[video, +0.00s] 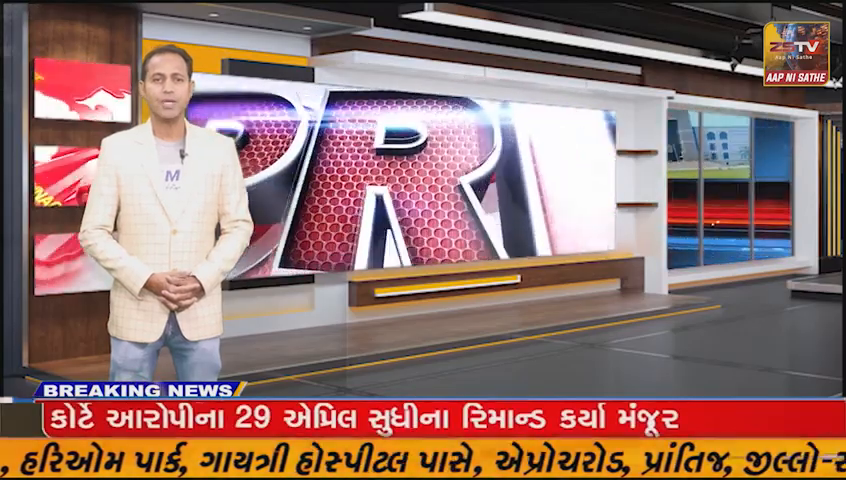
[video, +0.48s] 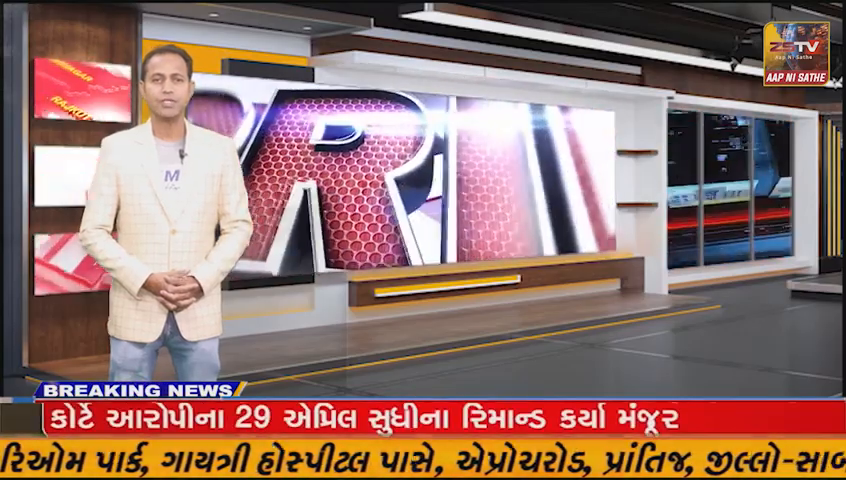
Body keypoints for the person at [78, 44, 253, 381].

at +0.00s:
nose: (168, 88)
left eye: (178, 79)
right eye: (158, 79)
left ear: (190, 88)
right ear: (143, 89)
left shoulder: (220, 148)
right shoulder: (117, 147)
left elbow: (239, 225)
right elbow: (93, 232)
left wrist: (202, 280)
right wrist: (146, 279)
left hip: (199, 309)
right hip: (136, 310)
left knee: (205, 419)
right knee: (125, 420)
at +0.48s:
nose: (168, 88)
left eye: (177, 79)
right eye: (157, 79)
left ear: (191, 88)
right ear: (143, 89)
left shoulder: (221, 149)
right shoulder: (117, 148)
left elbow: (239, 225)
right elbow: (93, 231)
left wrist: (201, 280)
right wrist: (145, 279)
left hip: (198, 309)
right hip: (134, 309)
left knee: (205, 419)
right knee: (125, 419)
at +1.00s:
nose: (166, 88)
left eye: (175, 79)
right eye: (155, 79)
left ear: (189, 88)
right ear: (142, 89)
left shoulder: (220, 148)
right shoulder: (116, 148)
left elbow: (238, 225)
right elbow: (92, 232)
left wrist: (201, 281)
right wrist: (145, 279)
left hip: (198, 309)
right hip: (134, 310)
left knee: (205, 420)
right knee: (125, 420)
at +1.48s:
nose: (165, 89)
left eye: (175, 79)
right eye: (154, 80)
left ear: (189, 89)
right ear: (141, 89)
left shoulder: (220, 148)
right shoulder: (116, 148)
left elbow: (238, 226)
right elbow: (92, 232)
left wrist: (200, 281)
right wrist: (144, 279)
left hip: (198, 310)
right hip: (134, 311)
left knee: (204, 419)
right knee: (125, 419)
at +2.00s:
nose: (165, 88)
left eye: (175, 79)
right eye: (155, 79)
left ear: (189, 89)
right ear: (141, 89)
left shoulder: (219, 148)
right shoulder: (116, 148)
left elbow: (238, 225)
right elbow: (91, 231)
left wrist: (201, 280)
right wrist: (144, 279)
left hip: (198, 309)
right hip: (134, 310)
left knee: (204, 420)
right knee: (125, 420)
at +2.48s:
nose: (167, 89)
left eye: (176, 80)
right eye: (156, 80)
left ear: (189, 90)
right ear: (142, 88)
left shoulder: (219, 148)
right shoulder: (116, 148)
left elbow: (238, 225)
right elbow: (91, 231)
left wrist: (201, 279)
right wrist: (145, 279)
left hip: (198, 310)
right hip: (135, 310)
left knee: (205, 420)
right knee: (125, 420)